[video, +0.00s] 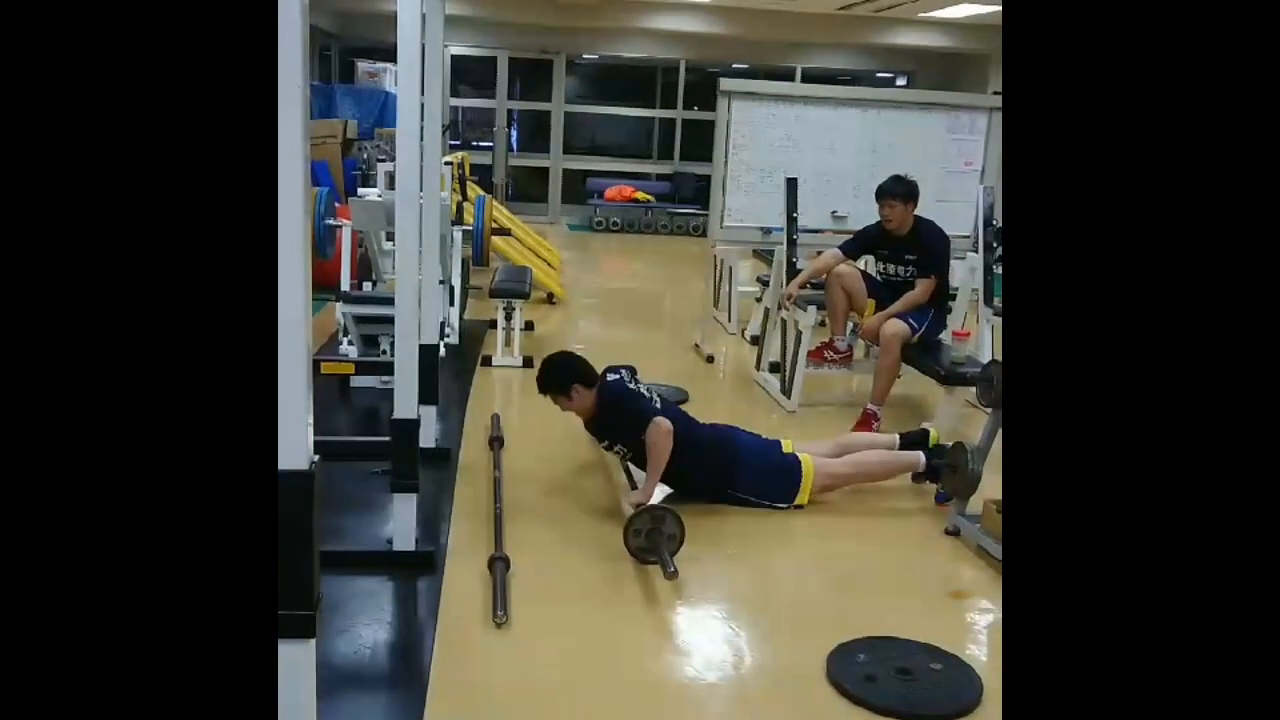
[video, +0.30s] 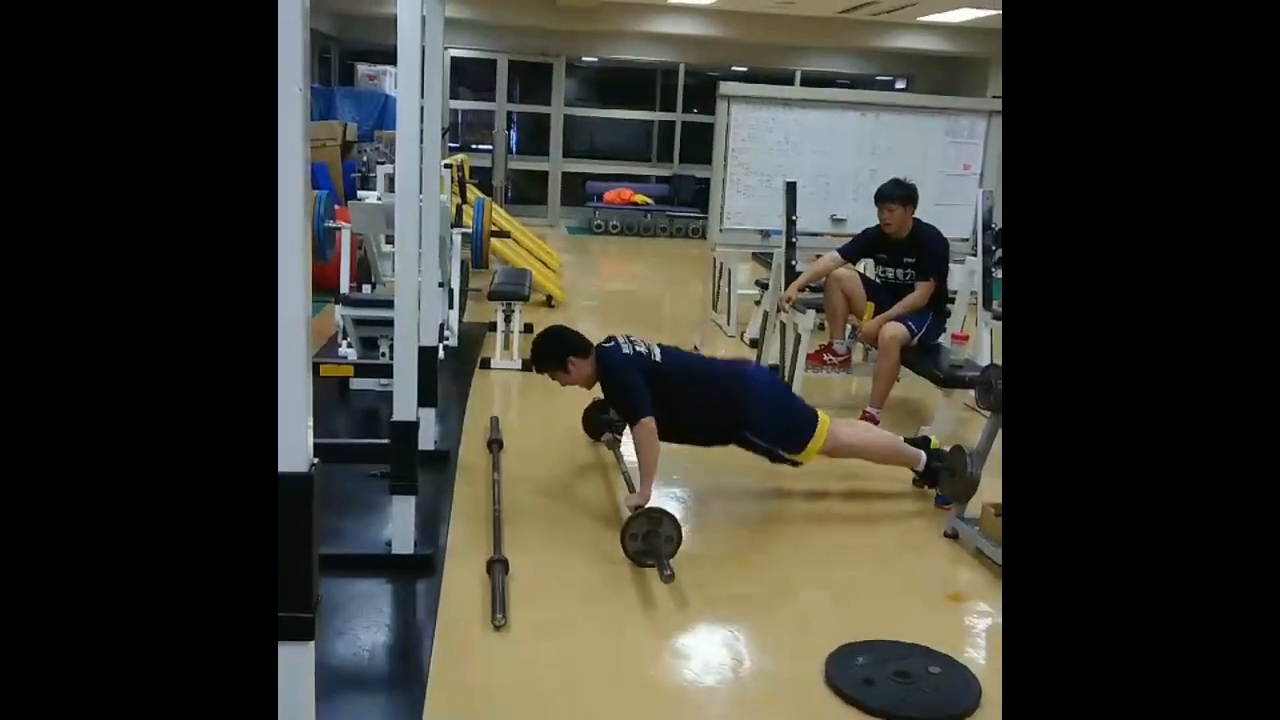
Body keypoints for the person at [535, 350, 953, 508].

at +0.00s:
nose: (562, 408)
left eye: (561, 401)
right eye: (557, 402)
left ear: (577, 389)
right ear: (576, 385)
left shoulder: (616, 399)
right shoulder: (600, 394)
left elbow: (661, 428)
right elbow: (647, 418)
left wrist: (647, 489)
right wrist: (636, 459)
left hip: (730, 465)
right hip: (727, 445)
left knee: (828, 477)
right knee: (822, 453)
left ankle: (931, 461)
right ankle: (914, 439)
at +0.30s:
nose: (561, 383)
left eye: (558, 376)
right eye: (555, 378)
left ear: (573, 362)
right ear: (577, 351)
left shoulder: (617, 370)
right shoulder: (614, 349)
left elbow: (646, 429)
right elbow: (639, 394)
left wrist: (645, 492)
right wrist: (613, 409)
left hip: (751, 404)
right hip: (748, 380)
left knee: (831, 440)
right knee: (826, 429)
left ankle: (929, 463)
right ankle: (913, 449)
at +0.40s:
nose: (565, 377)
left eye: (562, 370)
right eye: (559, 372)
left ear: (576, 356)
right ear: (578, 346)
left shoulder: (618, 363)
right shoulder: (613, 346)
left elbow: (636, 431)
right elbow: (631, 405)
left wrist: (644, 490)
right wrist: (618, 417)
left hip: (757, 347)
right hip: (749, 339)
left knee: (818, 428)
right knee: (808, 425)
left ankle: (910, 458)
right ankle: (893, 452)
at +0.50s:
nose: (582, 366)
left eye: (579, 359)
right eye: (577, 361)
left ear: (593, 347)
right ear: (596, 341)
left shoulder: (629, 355)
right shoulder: (622, 336)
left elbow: (641, 429)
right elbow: (626, 386)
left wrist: (643, 492)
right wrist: (620, 418)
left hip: (765, 315)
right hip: (742, 310)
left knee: (765, 422)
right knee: (736, 403)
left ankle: (852, 465)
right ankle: (819, 436)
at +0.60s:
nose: (596, 363)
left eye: (593, 355)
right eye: (590, 358)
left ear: (608, 343)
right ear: (610, 337)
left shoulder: (645, 353)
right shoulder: (633, 338)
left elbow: (651, 430)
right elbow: (629, 391)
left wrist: (644, 493)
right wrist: (618, 430)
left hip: (772, 318)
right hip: (742, 308)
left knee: (712, 397)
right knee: (689, 381)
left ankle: (768, 479)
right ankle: (741, 449)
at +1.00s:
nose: (603, 280)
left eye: (607, 271)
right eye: (604, 272)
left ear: (632, 276)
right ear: (634, 276)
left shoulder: (667, 310)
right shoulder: (652, 302)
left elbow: (671, 389)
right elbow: (641, 348)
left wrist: (653, 449)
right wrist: (627, 387)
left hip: (772, 351)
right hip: (751, 341)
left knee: (687, 400)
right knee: (678, 388)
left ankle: (705, 505)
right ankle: (690, 467)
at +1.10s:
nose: (600, 248)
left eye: (604, 240)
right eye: (600, 240)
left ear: (631, 246)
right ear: (632, 246)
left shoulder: (668, 276)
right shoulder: (655, 273)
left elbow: (685, 346)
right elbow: (648, 316)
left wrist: (669, 404)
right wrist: (636, 356)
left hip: (773, 320)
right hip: (740, 315)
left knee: (704, 397)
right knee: (687, 381)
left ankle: (705, 505)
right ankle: (690, 467)